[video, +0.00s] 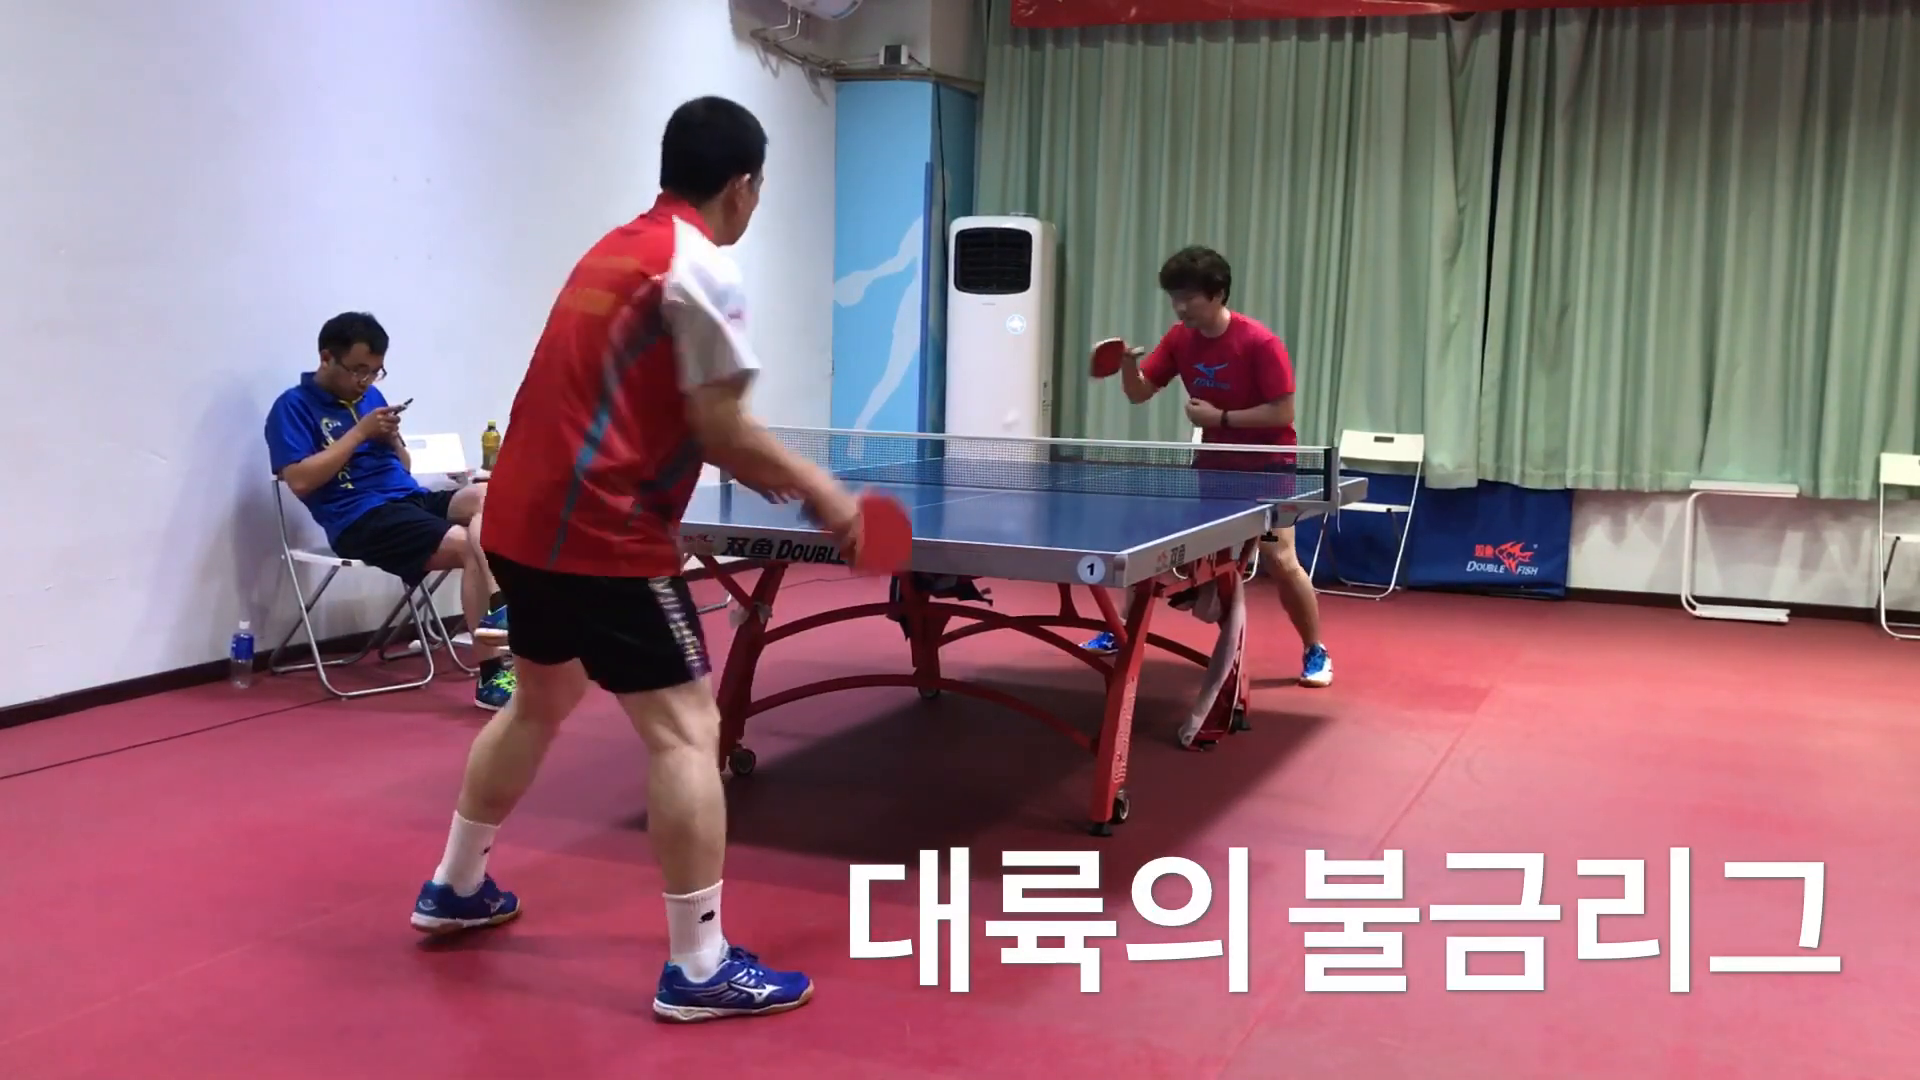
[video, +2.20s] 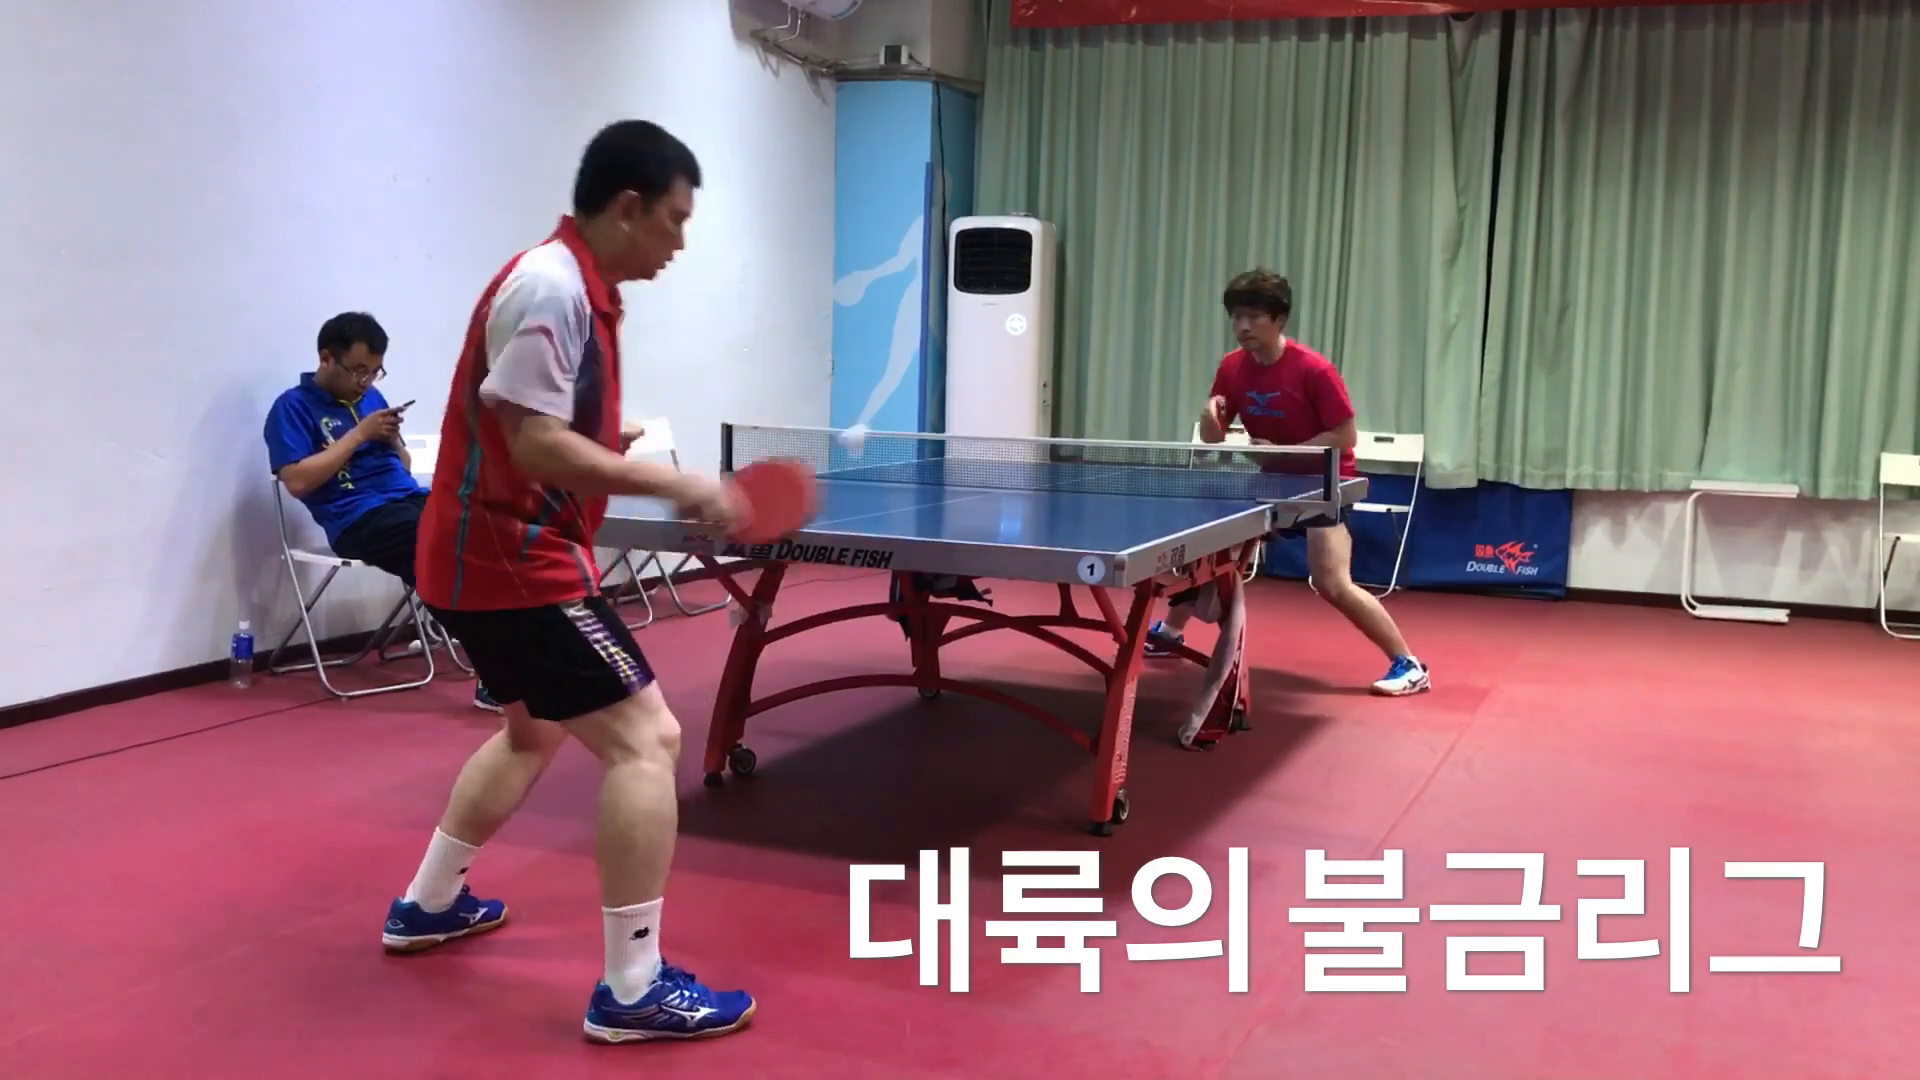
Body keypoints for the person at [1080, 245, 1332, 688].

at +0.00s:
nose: (1177, 308)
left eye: (1185, 298)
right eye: (1174, 299)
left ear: (1214, 294)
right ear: (1176, 298)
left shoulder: (1261, 344)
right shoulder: (1180, 339)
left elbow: (1283, 413)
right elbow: (1138, 393)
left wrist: (1220, 417)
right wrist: (1127, 364)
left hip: (1267, 471)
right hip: (1212, 469)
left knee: (1282, 561)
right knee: (1156, 541)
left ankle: (1315, 649)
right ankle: (1126, 634)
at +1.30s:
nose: (1147, 307)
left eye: (1157, 297)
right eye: (1141, 298)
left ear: (1184, 299)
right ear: (1138, 302)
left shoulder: (1223, 345)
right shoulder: (1145, 352)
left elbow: (1257, 408)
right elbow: (1126, 411)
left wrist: (1195, 421)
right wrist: (1092, 410)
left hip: (1247, 469)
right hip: (1189, 470)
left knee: (1271, 557)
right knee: (1144, 541)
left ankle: (1317, 649)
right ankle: (1123, 633)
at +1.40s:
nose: (1138, 312)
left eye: (1146, 302)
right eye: (1131, 304)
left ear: (1173, 300)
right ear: (1129, 306)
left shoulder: (1207, 344)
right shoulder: (1148, 350)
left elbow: (1241, 411)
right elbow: (1143, 407)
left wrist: (1182, 421)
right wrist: (1095, 422)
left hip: (1246, 463)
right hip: (1193, 464)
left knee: (1266, 558)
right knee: (1146, 539)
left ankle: (1317, 648)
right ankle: (1124, 632)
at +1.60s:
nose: (1168, 331)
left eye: (1171, 321)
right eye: (1164, 323)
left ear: (1197, 312)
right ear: (1198, 310)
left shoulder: (1220, 353)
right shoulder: (1227, 333)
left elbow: (1248, 423)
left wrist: (1201, 435)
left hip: (1248, 476)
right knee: (1278, 578)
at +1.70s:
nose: (1214, 329)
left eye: (1217, 318)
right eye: (1210, 320)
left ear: (1242, 307)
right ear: (1247, 306)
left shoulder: (1259, 353)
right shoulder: (1280, 331)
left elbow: (1277, 424)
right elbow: (1277, 374)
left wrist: (1233, 437)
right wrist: (1234, 370)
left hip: (1276, 479)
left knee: (1308, 586)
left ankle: (1397, 657)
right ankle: (1397, 655)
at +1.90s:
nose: (1260, 323)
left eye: (1267, 313)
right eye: (1256, 314)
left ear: (1294, 310)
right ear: (1263, 313)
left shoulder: (1319, 365)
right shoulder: (1284, 351)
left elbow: (1331, 443)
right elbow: (1262, 407)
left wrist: (1269, 449)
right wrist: (1232, 395)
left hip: (1329, 484)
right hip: (1288, 476)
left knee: (1326, 592)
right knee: (1224, 539)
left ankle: (1407, 665)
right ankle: (1174, 619)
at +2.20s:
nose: (1242, 326)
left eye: (1253, 316)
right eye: (1236, 316)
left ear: (1279, 319)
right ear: (1230, 319)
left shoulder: (1313, 370)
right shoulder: (1232, 367)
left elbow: (1345, 436)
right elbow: (1210, 439)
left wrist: (1281, 451)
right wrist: (1210, 417)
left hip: (1323, 484)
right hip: (1269, 481)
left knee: (1331, 582)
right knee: (1205, 544)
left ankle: (1407, 663)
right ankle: (1171, 630)